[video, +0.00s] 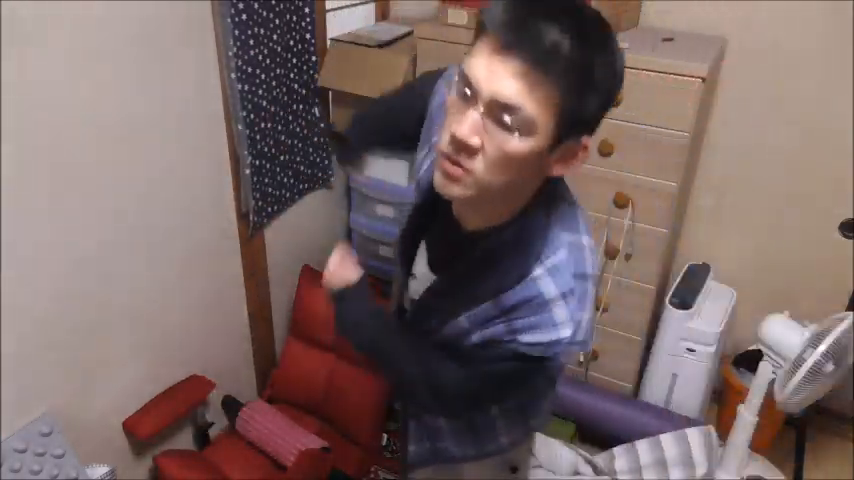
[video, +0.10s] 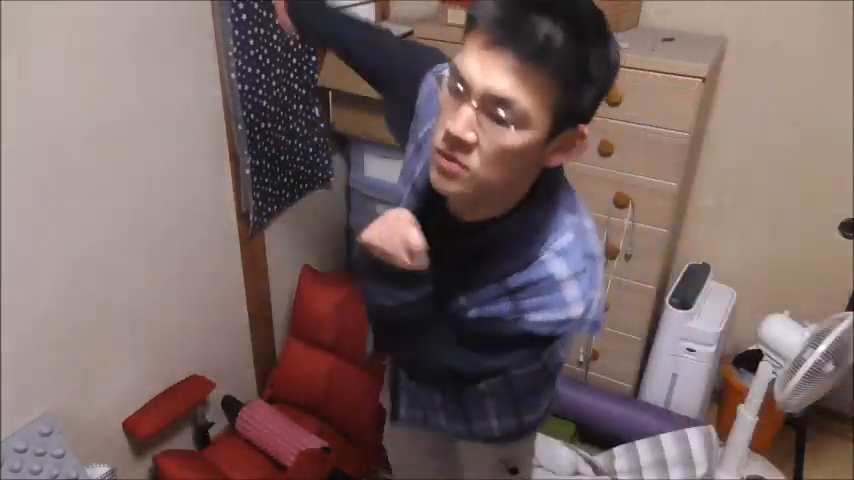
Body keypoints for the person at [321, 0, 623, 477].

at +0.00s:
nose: (462, 131)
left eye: (506, 122)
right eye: (465, 92)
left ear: (565, 157)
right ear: (455, 79)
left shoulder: (546, 308)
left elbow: (444, 389)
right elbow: (434, 89)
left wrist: (350, 299)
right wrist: (354, 138)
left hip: (470, 439)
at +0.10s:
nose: (457, 128)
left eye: (500, 115)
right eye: (457, 88)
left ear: (563, 146)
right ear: (451, 69)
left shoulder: (554, 284)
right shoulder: (437, 96)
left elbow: (431, 363)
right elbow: (377, 52)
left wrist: (396, 279)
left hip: (496, 402)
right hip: (416, 374)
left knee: (489, 473)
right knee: (410, 466)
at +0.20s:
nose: (459, 84)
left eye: (502, 64)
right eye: (454, 45)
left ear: (569, 91)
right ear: (439, 35)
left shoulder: (592, 241)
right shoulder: (411, 98)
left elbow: (498, 359)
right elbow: (332, 65)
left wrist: (421, 288)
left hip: (519, 403)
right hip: (426, 361)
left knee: (510, 476)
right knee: (409, 464)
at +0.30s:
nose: (457, 41)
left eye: (500, 16)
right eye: (449, 11)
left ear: (568, 40)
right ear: (433, 17)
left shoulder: (633, 202)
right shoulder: (405, 105)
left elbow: (600, 359)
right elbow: (341, 160)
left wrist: (472, 375)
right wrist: (225, 127)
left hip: (531, 425)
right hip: (425, 384)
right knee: (409, 467)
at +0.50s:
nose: (428, 29)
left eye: (463, 4)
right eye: (416, 6)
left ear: (525, 20)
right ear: (401, 21)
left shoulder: (631, 120)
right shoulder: (409, 169)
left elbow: (789, 231)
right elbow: (390, 305)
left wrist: (851, 314)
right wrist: (336, 360)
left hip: (660, 445)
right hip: (511, 446)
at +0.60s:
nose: (425, 43)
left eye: (455, 16)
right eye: (408, 19)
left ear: (514, 28)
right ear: (391, 32)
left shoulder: (622, 104)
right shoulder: (418, 186)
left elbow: (757, 163)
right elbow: (411, 335)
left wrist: (851, 159)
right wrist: (386, 245)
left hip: (699, 448)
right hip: (543, 457)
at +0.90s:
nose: (450, 32)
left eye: (483, 8)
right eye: (438, 8)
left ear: (540, 29)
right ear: (419, 25)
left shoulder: (634, 132)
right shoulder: (412, 182)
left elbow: (760, 225)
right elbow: (408, 286)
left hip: (643, 462)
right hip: (495, 460)